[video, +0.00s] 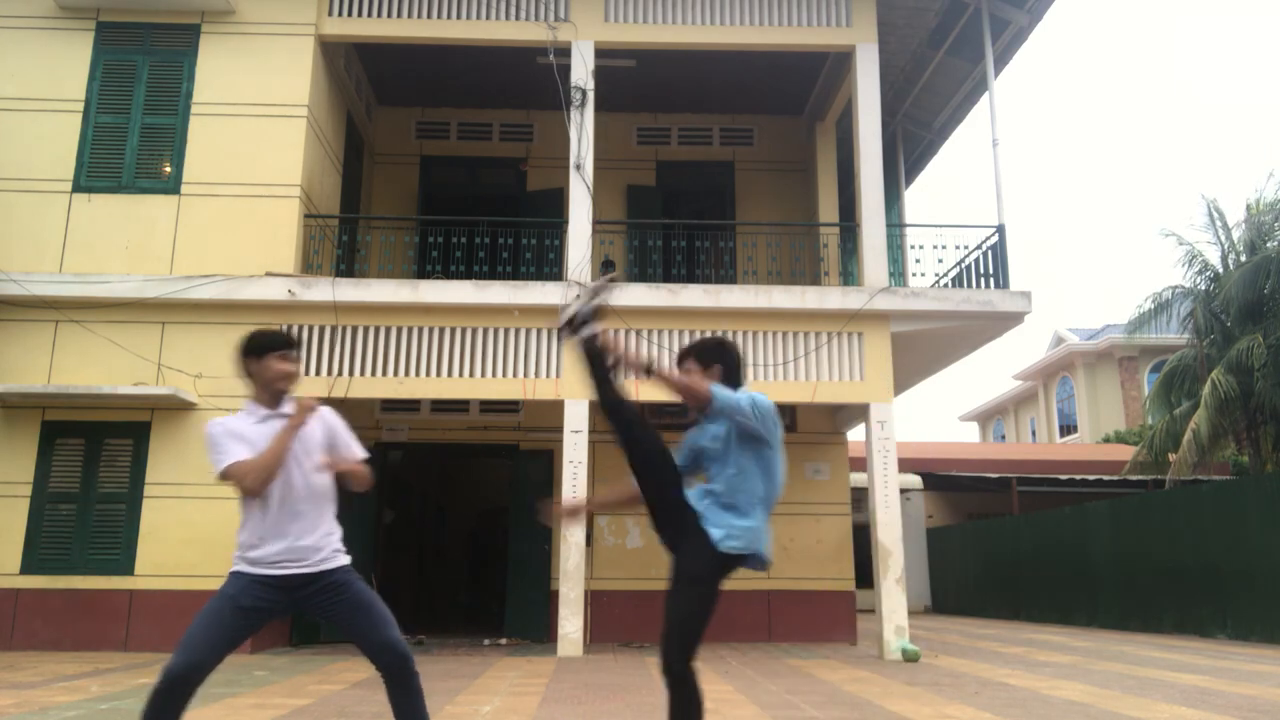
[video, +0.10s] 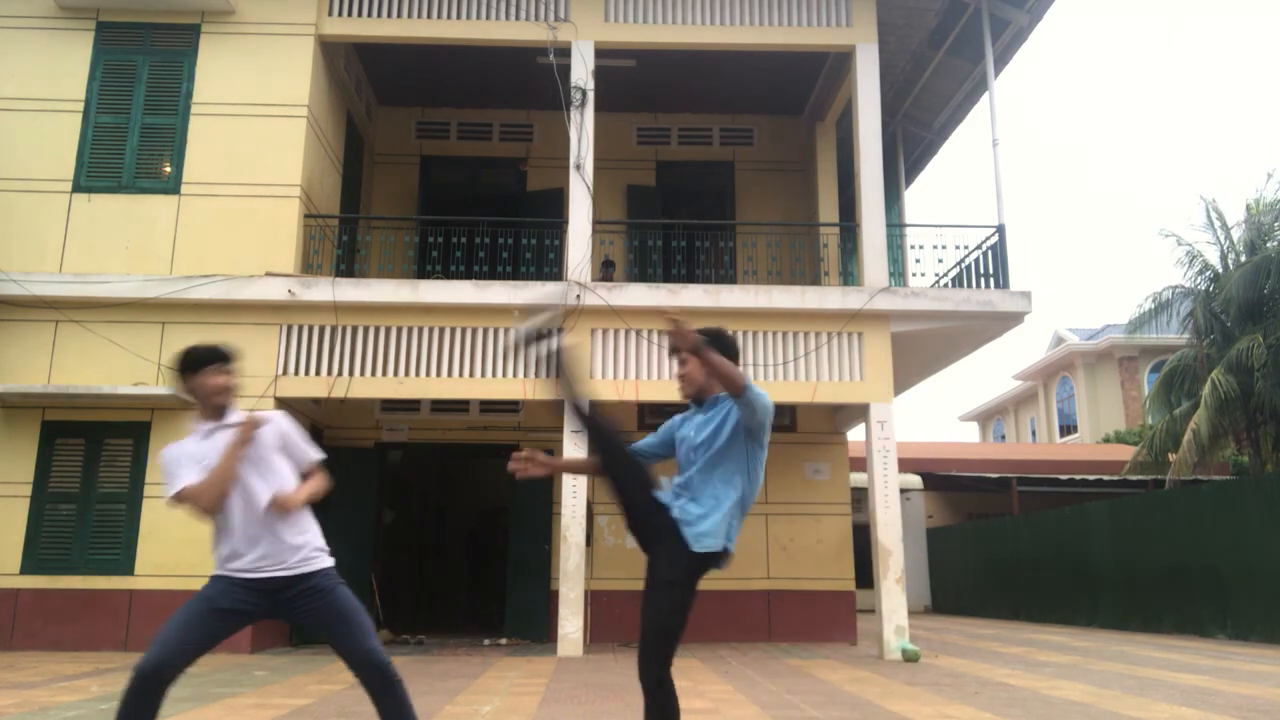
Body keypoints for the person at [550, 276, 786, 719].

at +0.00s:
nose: (683, 382)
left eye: (688, 372)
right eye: (680, 374)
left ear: (715, 372)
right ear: (707, 373)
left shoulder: (757, 408)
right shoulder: (705, 431)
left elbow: (700, 393)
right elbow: (653, 478)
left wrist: (643, 364)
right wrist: (584, 504)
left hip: (714, 551)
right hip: (685, 525)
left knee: (676, 662)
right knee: (636, 434)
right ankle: (587, 334)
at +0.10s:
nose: (677, 371)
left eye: (685, 361)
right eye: (677, 362)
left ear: (717, 364)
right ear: (701, 368)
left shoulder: (752, 415)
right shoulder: (684, 423)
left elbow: (738, 384)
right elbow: (622, 460)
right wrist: (552, 465)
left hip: (688, 553)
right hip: (661, 524)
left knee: (653, 671)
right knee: (616, 454)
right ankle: (565, 376)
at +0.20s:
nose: (711, 359)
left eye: (717, 350)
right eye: (709, 352)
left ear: (747, 352)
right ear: (712, 357)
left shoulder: (768, 400)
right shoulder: (704, 408)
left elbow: (771, 420)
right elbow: (656, 463)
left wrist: (730, 392)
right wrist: (591, 472)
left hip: (669, 528)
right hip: (632, 499)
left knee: (661, 653)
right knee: (550, 499)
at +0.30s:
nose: (721, 357)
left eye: (732, 351)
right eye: (723, 349)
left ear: (757, 366)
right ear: (726, 359)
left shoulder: (762, 427)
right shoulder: (702, 402)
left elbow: (749, 479)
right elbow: (673, 447)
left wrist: (701, 453)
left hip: (653, 529)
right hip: (607, 503)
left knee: (661, 649)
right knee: (533, 579)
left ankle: (671, 718)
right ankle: (454, 669)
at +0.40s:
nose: (702, 362)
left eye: (713, 356)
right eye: (703, 354)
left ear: (739, 368)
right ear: (700, 359)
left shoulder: (733, 444)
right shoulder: (670, 404)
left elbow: (695, 497)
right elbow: (629, 465)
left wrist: (639, 440)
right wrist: (584, 506)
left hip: (645, 541)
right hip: (594, 523)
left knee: (661, 659)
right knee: (548, 636)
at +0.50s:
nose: (660, 357)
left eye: (673, 353)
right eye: (663, 350)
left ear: (699, 368)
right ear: (661, 358)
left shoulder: (705, 427)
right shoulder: (633, 402)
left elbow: (697, 465)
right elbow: (585, 439)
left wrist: (682, 421)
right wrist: (519, 440)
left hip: (634, 550)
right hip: (580, 540)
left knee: (667, 673)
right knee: (552, 661)